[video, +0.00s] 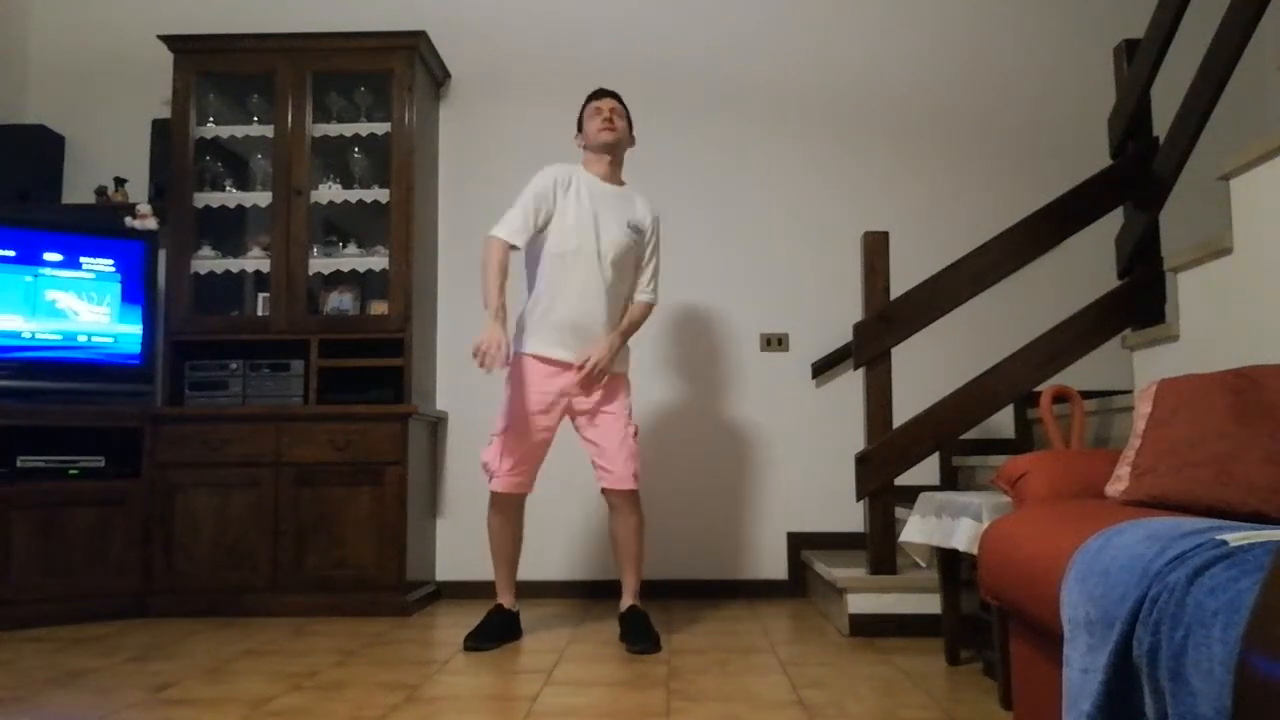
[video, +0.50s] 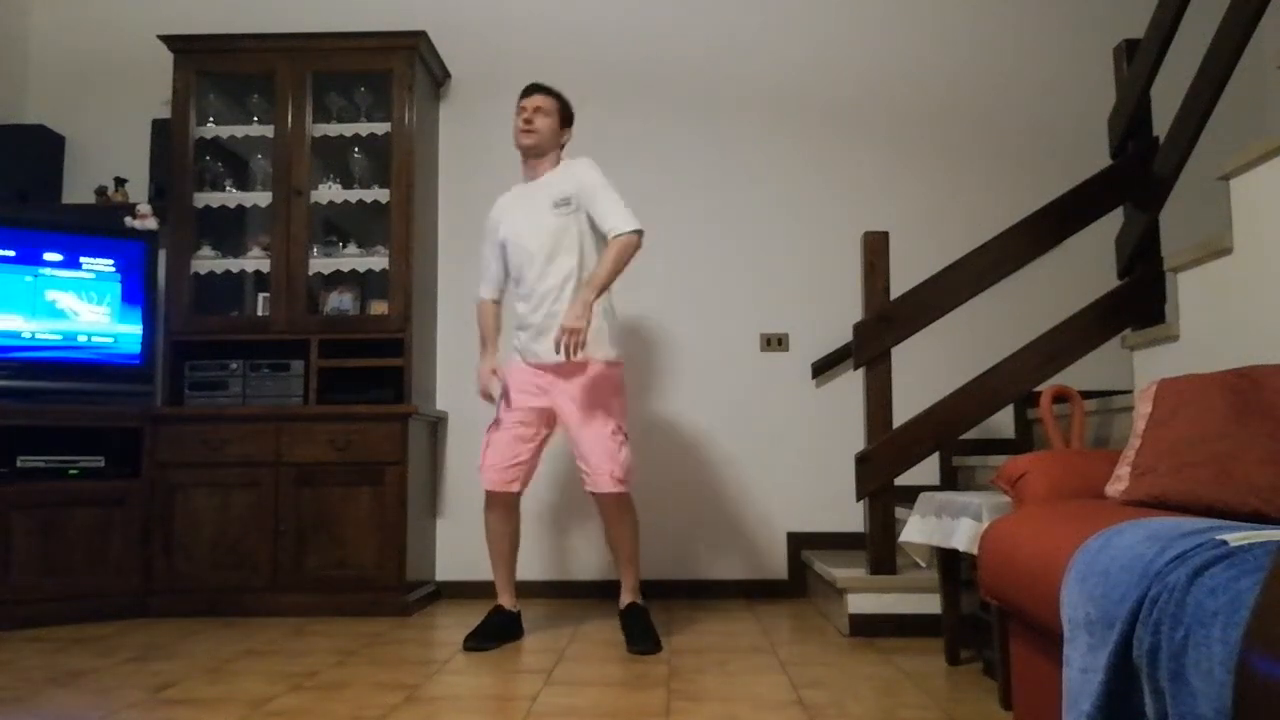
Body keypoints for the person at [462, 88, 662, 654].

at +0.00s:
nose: (607, 117)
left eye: (617, 114)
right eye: (596, 113)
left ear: (630, 138)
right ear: (579, 135)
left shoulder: (640, 210)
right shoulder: (554, 181)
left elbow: (645, 295)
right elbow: (499, 243)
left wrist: (616, 339)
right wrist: (496, 321)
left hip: (604, 369)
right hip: (538, 362)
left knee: (623, 485)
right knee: (507, 485)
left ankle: (632, 606)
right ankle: (505, 608)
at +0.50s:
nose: (525, 119)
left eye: (538, 113)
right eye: (521, 113)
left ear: (563, 131)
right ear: (514, 129)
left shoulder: (579, 174)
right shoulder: (503, 208)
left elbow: (627, 236)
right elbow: (489, 290)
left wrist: (585, 301)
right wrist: (489, 353)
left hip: (588, 366)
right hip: (524, 371)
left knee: (610, 485)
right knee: (498, 482)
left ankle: (632, 601)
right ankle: (505, 608)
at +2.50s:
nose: (585, 171)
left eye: (596, 159)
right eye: (575, 159)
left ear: (615, 146)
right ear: (560, 146)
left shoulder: (631, 214)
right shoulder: (535, 199)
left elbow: (654, 297)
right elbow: (483, 266)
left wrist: (635, 346)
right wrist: (485, 339)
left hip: (603, 369)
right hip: (533, 366)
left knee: (629, 483)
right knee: (504, 483)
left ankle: (639, 607)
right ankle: (511, 610)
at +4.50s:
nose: (590, 117)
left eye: (601, 108)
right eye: (580, 109)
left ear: (622, 117)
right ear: (570, 120)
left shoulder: (639, 195)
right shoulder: (547, 186)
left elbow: (668, 271)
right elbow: (477, 242)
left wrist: (662, 314)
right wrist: (450, 298)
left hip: (614, 363)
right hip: (542, 358)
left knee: (634, 482)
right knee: (495, 469)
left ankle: (638, 609)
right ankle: (492, 603)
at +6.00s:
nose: (595, 117)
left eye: (607, 109)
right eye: (587, 109)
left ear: (628, 121)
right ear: (574, 118)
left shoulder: (639, 199)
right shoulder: (542, 182)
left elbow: (656, 290)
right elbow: (483, 250)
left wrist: (613, 335)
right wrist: (508, 319)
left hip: (605, 368)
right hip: (537, 365)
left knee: (630, 484)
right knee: (504, 488)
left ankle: (640, 610)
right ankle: (513, 613)